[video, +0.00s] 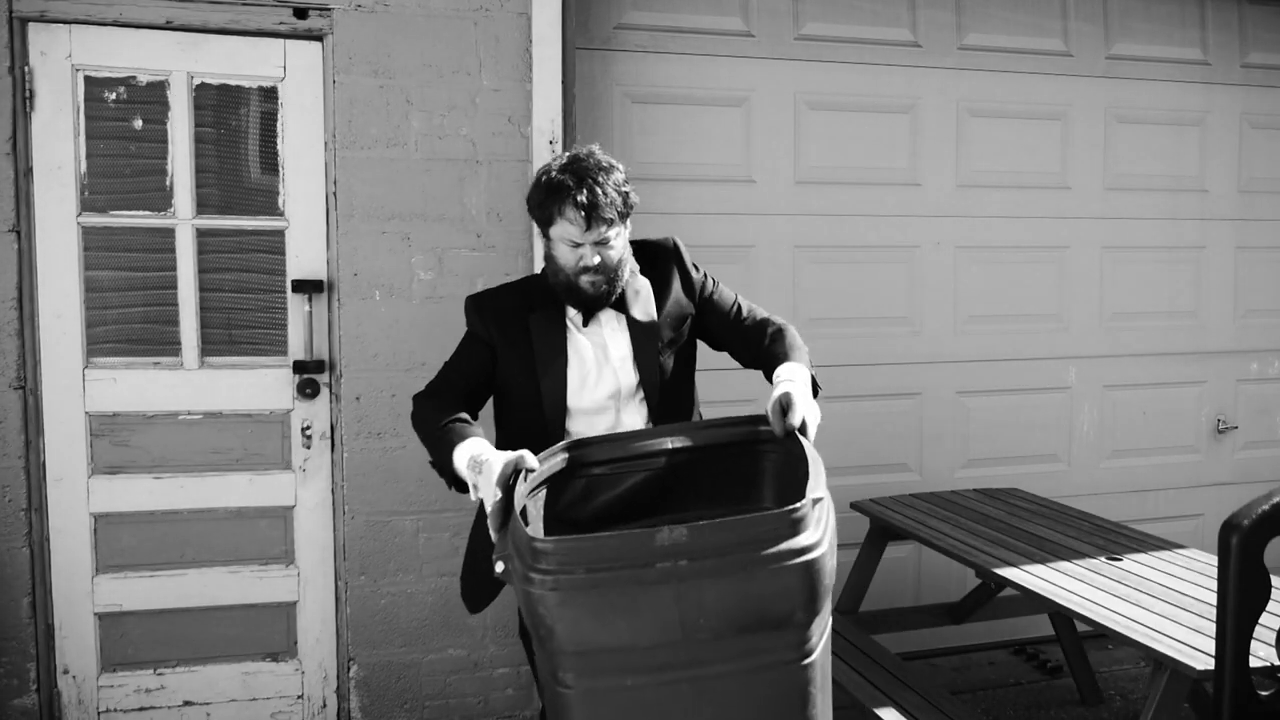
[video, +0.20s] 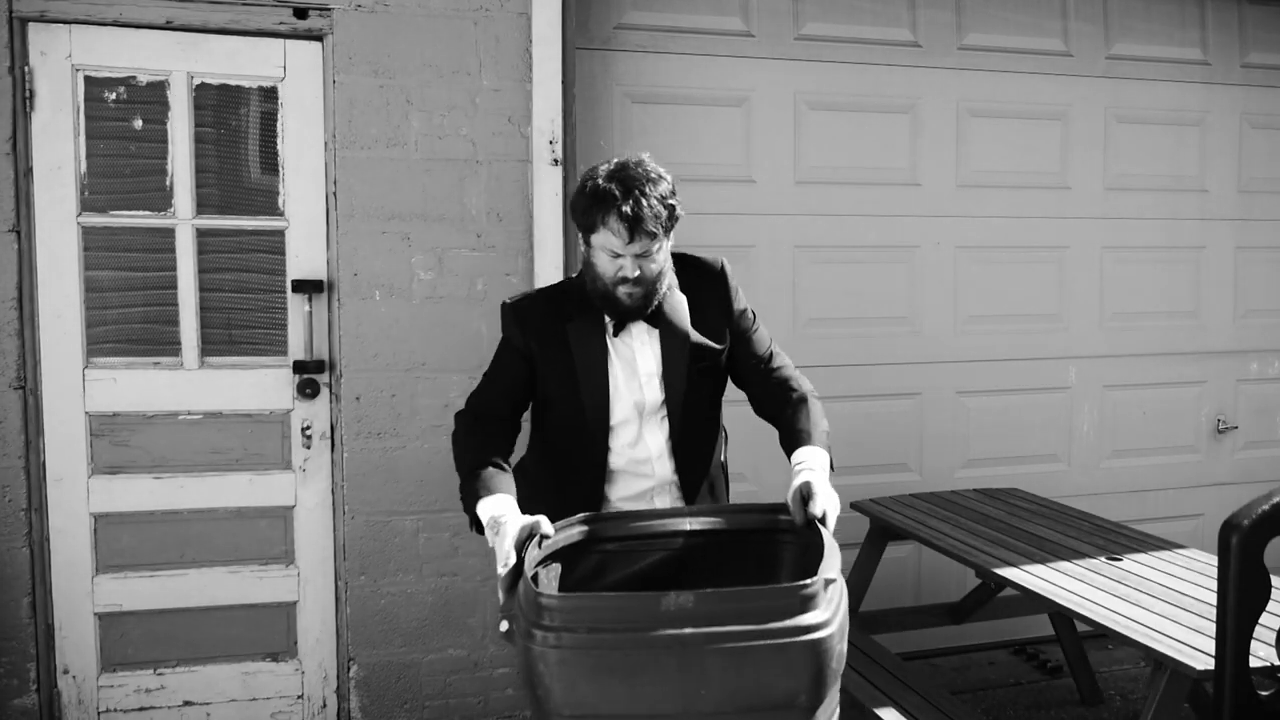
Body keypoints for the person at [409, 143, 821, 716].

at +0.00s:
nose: (592, 258)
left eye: (605, 239)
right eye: (572, 244)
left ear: (627, 225)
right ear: (543, 238)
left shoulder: (670, 278)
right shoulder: (503, 316)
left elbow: (768, 335)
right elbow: (436, 405)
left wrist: (793, 377)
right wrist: (476, 457)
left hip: (668, 534)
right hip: (557, 545)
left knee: (675, 693)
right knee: (570, 700)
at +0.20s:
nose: (630, 271)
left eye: (645, 254)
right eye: (612, 255)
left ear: (669, 238)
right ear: (585, 243)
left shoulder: (707, 292)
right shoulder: (537, 322)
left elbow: (784, 388)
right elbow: (481, 428)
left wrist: (811, 465)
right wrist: (502, 517)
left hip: (691, 552)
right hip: (581, 558)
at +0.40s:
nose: (665, 291)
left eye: (682, 275)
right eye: (648, 273)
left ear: (706, 255)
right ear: (621, 253)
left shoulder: (741, 308)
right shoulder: (566, 333)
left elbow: (801, 419)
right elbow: (517, 441)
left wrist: (823, 517)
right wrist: (518, 549)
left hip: (711, 557)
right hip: (601, 564)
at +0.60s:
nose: (685, 315)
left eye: (702, 300)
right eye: (670, 298)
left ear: (728, 280)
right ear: (642, 276)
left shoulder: (760, 319)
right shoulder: (584, 343)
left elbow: (805, 431)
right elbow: (535, 459)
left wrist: (831, 551)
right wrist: (533, 577)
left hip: (720, 562)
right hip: (612, 567)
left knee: (714, 706)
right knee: (607, 703)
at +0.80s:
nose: (696, 318)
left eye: (713, 302)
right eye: (680, 300)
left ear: (739, 282)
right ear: (654, 279)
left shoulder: (772, 318)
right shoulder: (596, 342)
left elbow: (817, 428)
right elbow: (549, 455)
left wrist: (841, 554)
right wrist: (540, 574)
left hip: (730, 564)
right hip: (622, 568)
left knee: (730, 706)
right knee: (618, 703)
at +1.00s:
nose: (705, 306)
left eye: (721, 290)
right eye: (689, 289)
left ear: (747, 273)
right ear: (661, 267)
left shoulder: (780, 313)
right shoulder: (604, 334)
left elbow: (825, 422)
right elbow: (558, 444)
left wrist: (848, 545)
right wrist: (547, 561)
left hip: (739, 562)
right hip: (632, 565)